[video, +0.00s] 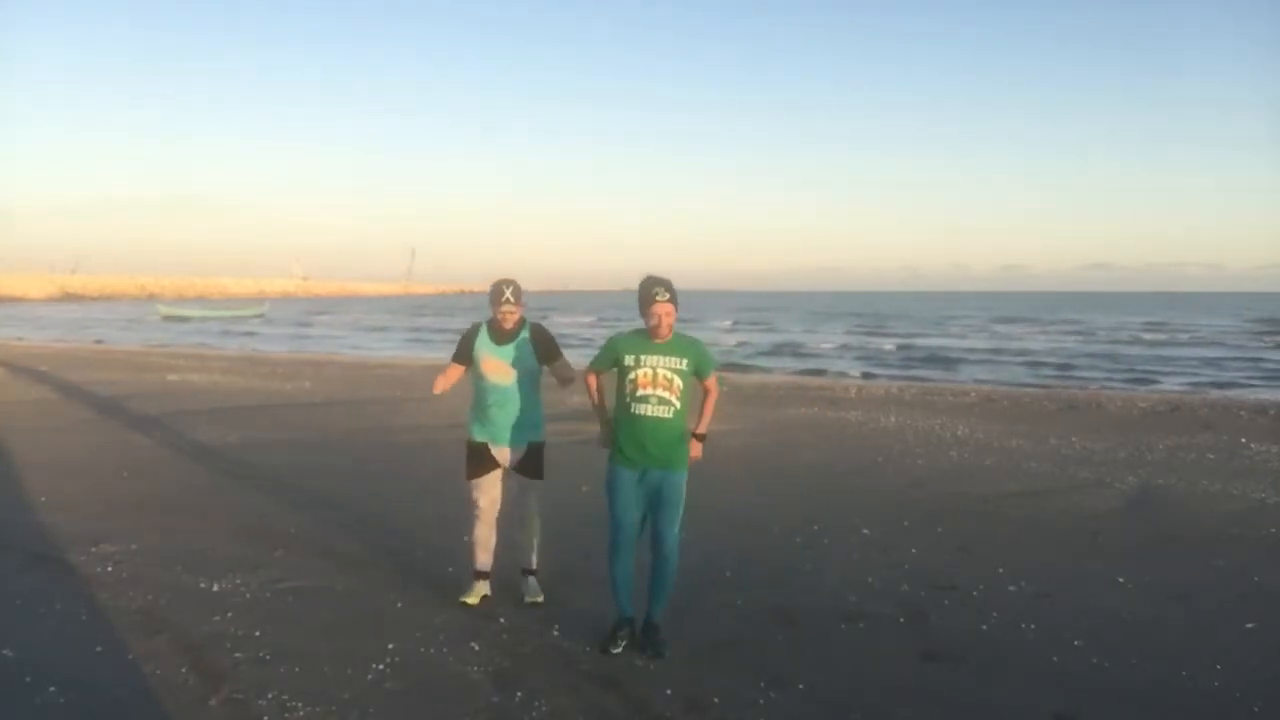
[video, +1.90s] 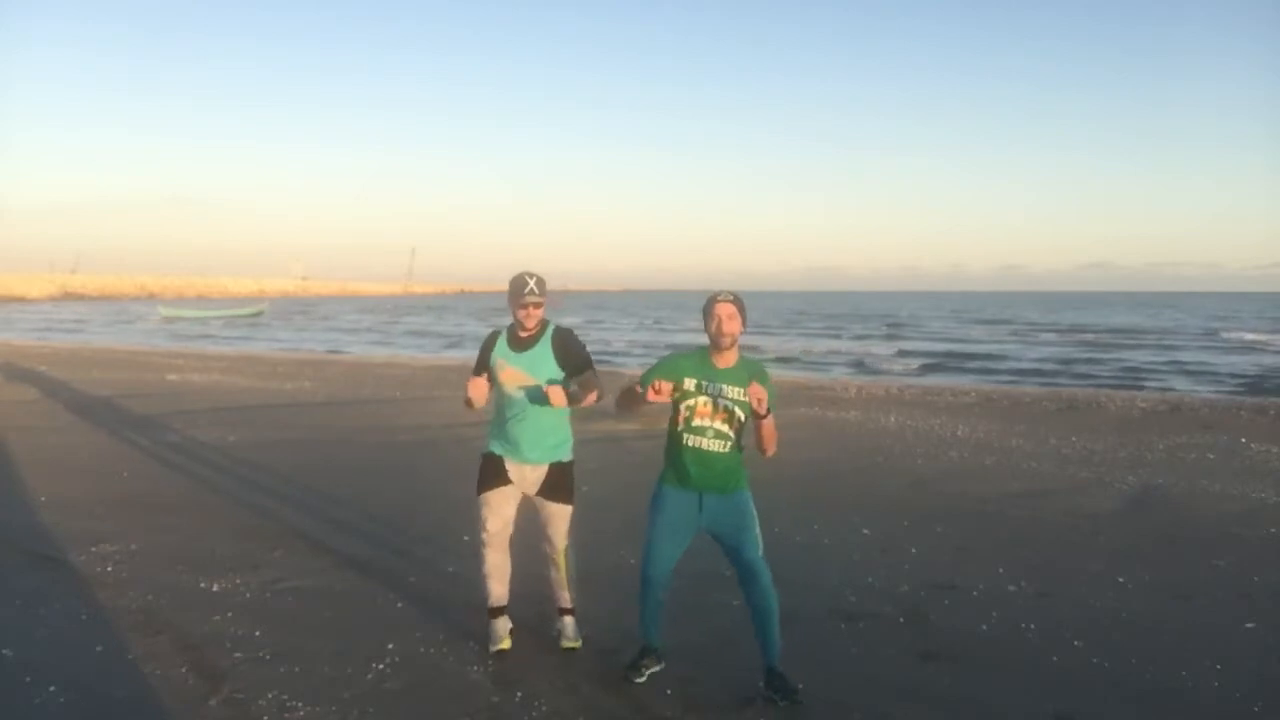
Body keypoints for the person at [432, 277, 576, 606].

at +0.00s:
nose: (508, 315)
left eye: (513, 309)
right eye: (502, 309)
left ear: (522, 308)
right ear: (492, 308)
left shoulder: (535, 334)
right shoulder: (477, 334)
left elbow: (564, 372)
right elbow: (457, 367)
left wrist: (566, 375)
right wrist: (443, 381)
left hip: (527, 437)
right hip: (484, 436)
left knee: (527, 505)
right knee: (484, 508)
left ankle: (530, 576)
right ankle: (481, 579)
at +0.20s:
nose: (504, 317)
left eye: (509, 311)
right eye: (498, 311)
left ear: (518, 308)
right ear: (488, 309)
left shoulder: (533, 333)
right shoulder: (472, 336)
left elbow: (566, 369)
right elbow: (445, 374)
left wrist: (556, 397)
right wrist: (442, 400)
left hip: (523, 436)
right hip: (481, 437)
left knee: (525, 507)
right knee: (480, 510)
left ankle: (528, 576)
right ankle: (480, 579)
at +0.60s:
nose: (506, 327)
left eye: (512, 320)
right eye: (501, 320)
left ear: (521, 320)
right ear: (491, 321)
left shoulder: (541, 350)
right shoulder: (473, 356)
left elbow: (563, 386)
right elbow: (456, 401)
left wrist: (561, 423)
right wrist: (467, 445)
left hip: (543, 455)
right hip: (494, 458)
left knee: (560, 527)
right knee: (486, 527)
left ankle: (576, 599)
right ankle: (480, 583)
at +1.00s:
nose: (548, 315)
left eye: (555, 308)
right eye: (542, 308)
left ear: (564, 308)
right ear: (532, 309)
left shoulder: (582, 343)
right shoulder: (513, 348)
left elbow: (610, 389)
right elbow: (493, 395)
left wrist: (617, 431)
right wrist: (494, 439)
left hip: (574, 454)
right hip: (527, 456)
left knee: (576, 532)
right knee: (523, 532)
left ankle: (581, 609)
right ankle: (529, 591)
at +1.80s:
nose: (536, 311)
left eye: (542, 304)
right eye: (529, 304)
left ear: (550, 304)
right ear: (516, 303)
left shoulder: (566, 339)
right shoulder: (496, 341)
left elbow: (590, 393)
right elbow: (477, 398)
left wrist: (575, 401)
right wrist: (479, 397)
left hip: (559, 458)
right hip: (508, 457)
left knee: (563, 543)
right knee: (508, 544)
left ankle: (568, 615)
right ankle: (511, 625)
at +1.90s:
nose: (529, 312)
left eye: (536, 305)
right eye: (522, 305)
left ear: (545, 305)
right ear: (510, 306)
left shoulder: (563, 340)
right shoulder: (495, 343)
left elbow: (593, 390)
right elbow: (475, 402)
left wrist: (569, 397)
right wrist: (474, 394)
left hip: (553, 459)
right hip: (502, 456)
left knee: (557, 544)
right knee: (493, 535)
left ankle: (566, 616)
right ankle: (497, 617)